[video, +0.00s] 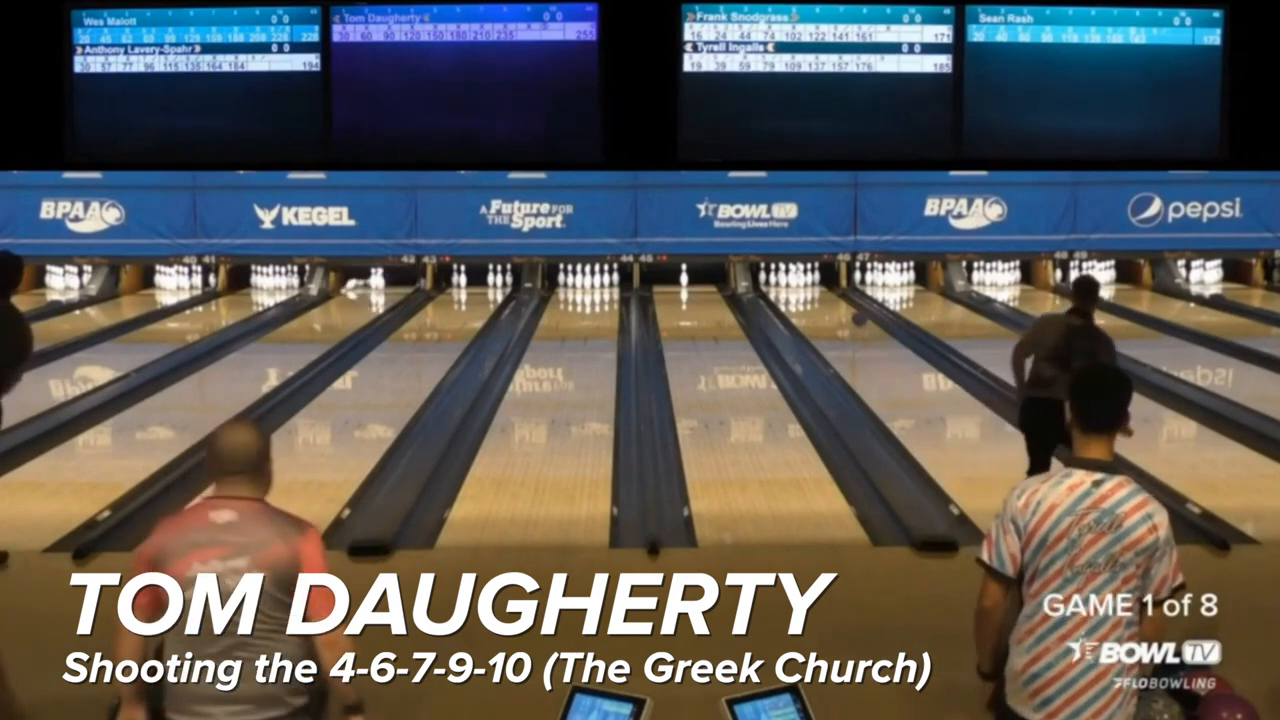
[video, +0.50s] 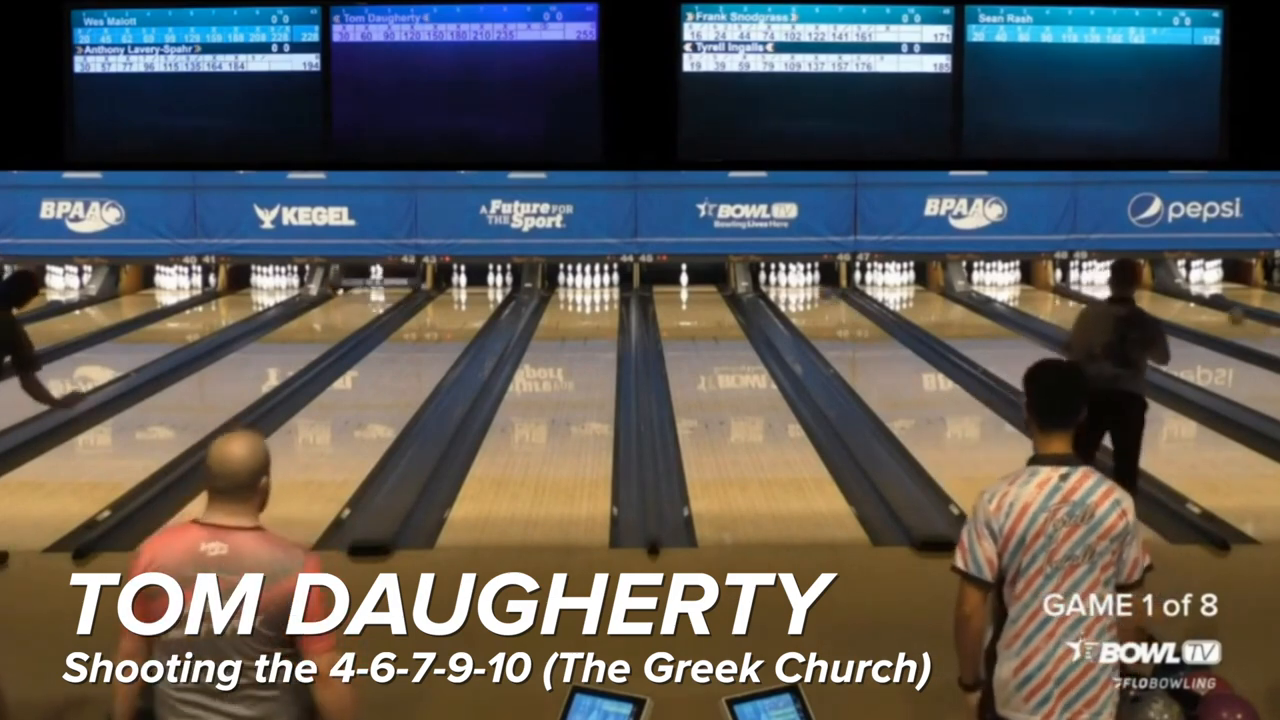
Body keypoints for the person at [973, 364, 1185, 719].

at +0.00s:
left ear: (1069, 416)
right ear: (1125, 423)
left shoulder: (1029, 497)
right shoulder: (1151, 514)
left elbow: (992, 601)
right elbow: (1153, 616)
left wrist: (988, 669)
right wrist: (1137, 675)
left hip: (1032, 687)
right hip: (1108, 694)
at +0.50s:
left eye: (1026, 407)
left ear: (1028, 414)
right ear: (1082, 416)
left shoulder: (999, 501)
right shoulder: (1117, 502)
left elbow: (971, 607)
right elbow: (1129, 595)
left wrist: (971, 682)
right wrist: (1129, 656)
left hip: (1023, 687)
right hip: (1094, 686)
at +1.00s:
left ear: (1007, 413)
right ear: (1060, 411)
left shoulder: (980, 501)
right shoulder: (1099, 498)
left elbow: (958, 607)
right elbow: (1119, 589)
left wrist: (966, 687)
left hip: (1016, 684)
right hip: (1086, 683)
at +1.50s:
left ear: (1060, 409)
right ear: (1114, 415)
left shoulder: (1018, 486)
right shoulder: (1137, 503)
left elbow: (987, 593)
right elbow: (1148, 610)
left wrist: (987, 673)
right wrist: (1147, 682)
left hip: (1024, 688)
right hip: (1104, 693)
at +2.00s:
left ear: (1135, 451)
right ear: (1188, 461)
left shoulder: (1097, 490)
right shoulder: (1199, 523)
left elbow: (1060, 590)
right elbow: (1214, 620)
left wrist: (1048, 667)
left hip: (1090, 683)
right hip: (1164, 696)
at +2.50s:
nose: (1189, 488)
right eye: (1189, 482)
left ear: (1139, 469)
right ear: (1188, 482)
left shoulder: (1106, 498)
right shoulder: (1194, 527)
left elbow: (1074, 589)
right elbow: (1206, 614)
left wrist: (1063, 659)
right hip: (1179, 693)